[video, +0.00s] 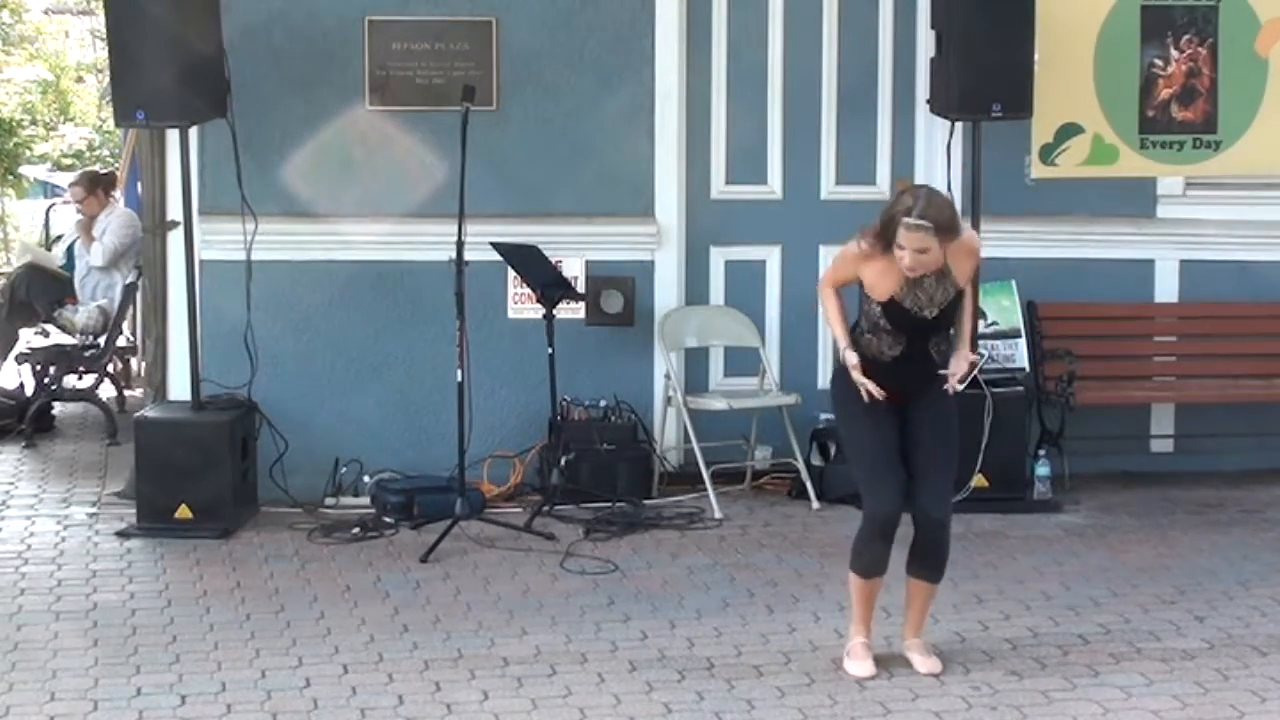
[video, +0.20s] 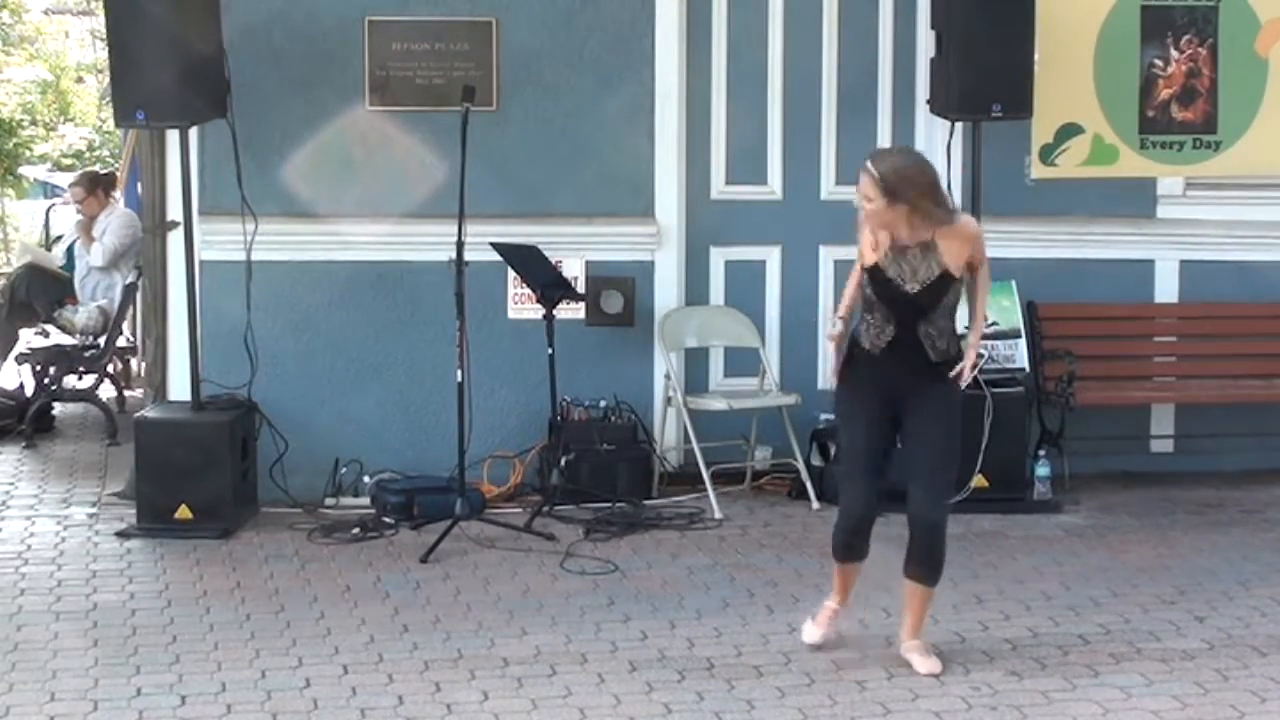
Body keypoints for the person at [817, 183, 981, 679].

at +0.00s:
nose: (909, 260)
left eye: (921, 251)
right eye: (901, 248)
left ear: (946, 240)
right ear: (890, 236)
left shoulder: (965, 251)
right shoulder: (865, 256)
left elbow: (967, 289)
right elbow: (828, 285)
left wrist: (965, 346)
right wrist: (848, 353)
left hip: (930, 383)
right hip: (865, 381)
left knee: (935, 510)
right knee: (884, 506)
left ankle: (913, 638)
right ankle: (859, 637)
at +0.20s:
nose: (863, 207)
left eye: (870, 199)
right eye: (861, 198)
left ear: (903, 199)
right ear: (888, 197)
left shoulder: (960, 235)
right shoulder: (870, 223)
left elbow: (978, 271)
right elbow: (863, 267)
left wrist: (976, 335)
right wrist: (840, 319)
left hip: (933, 377)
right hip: (867, 372)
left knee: (928, 509)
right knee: (857, 503)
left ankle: (912, 637)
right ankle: (837, 601)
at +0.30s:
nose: (846, 177)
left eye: (853, 168)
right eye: (846, 167)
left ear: (885, 174)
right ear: (881, 174)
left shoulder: (951, 218)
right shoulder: (867, 216)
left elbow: (992, 257)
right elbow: (872, 272)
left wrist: (979, 332)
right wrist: (837, 311)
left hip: (930, 373)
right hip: (867, 366)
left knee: (919, 512)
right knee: (828, 497)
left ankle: (912, 638)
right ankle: (820, 585)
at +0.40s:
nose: (838, 153)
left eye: (844, 144)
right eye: (839, 144)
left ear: (870, 145)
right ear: (863, 145)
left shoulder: (934, 201)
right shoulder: (864, 199)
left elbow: (995, 243)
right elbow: (869, 264)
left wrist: (977, 326)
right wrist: (827, 297)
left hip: (919, 361)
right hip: (860, 353)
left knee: (909, 497)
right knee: (815, 475)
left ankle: (913, 636)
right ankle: (812, 580)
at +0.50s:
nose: (828, 127)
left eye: (834, 117)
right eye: (830, 117)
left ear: (860, 122)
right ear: (854, 124)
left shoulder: (916, 176)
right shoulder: (850, 179)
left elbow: (983, 228)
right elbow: (864, 256)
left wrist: (966, 309)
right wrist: (827, 284)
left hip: (903, 343)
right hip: (846, 338)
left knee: (900, 484)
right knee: (815, 461)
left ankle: (917, 629)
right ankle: (817, 576)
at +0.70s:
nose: (797, 103)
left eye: (808, 96)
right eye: (799, 94)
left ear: (840, 108)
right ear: (823, 110)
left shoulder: (872, 166)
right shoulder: (818, 167)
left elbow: (942, 226)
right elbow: (825, 246)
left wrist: (969, 307)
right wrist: (810, 299)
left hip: (866, 329)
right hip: (818, 329)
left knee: (881, 458)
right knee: (816, 455)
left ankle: (920, 612)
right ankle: (824, 581)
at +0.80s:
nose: (813, 110)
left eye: (825, 102)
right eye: (806, 101)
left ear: (846, 115)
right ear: (795, 111)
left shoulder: (857, 174)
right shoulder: (802, 177)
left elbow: (921, 233)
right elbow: (817, 259)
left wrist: (977, 293)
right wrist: (812, 318)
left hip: (857, 334)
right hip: (809, 336)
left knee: (873, 463)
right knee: (815, 463)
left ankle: (905, 618)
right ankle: (831, 591)